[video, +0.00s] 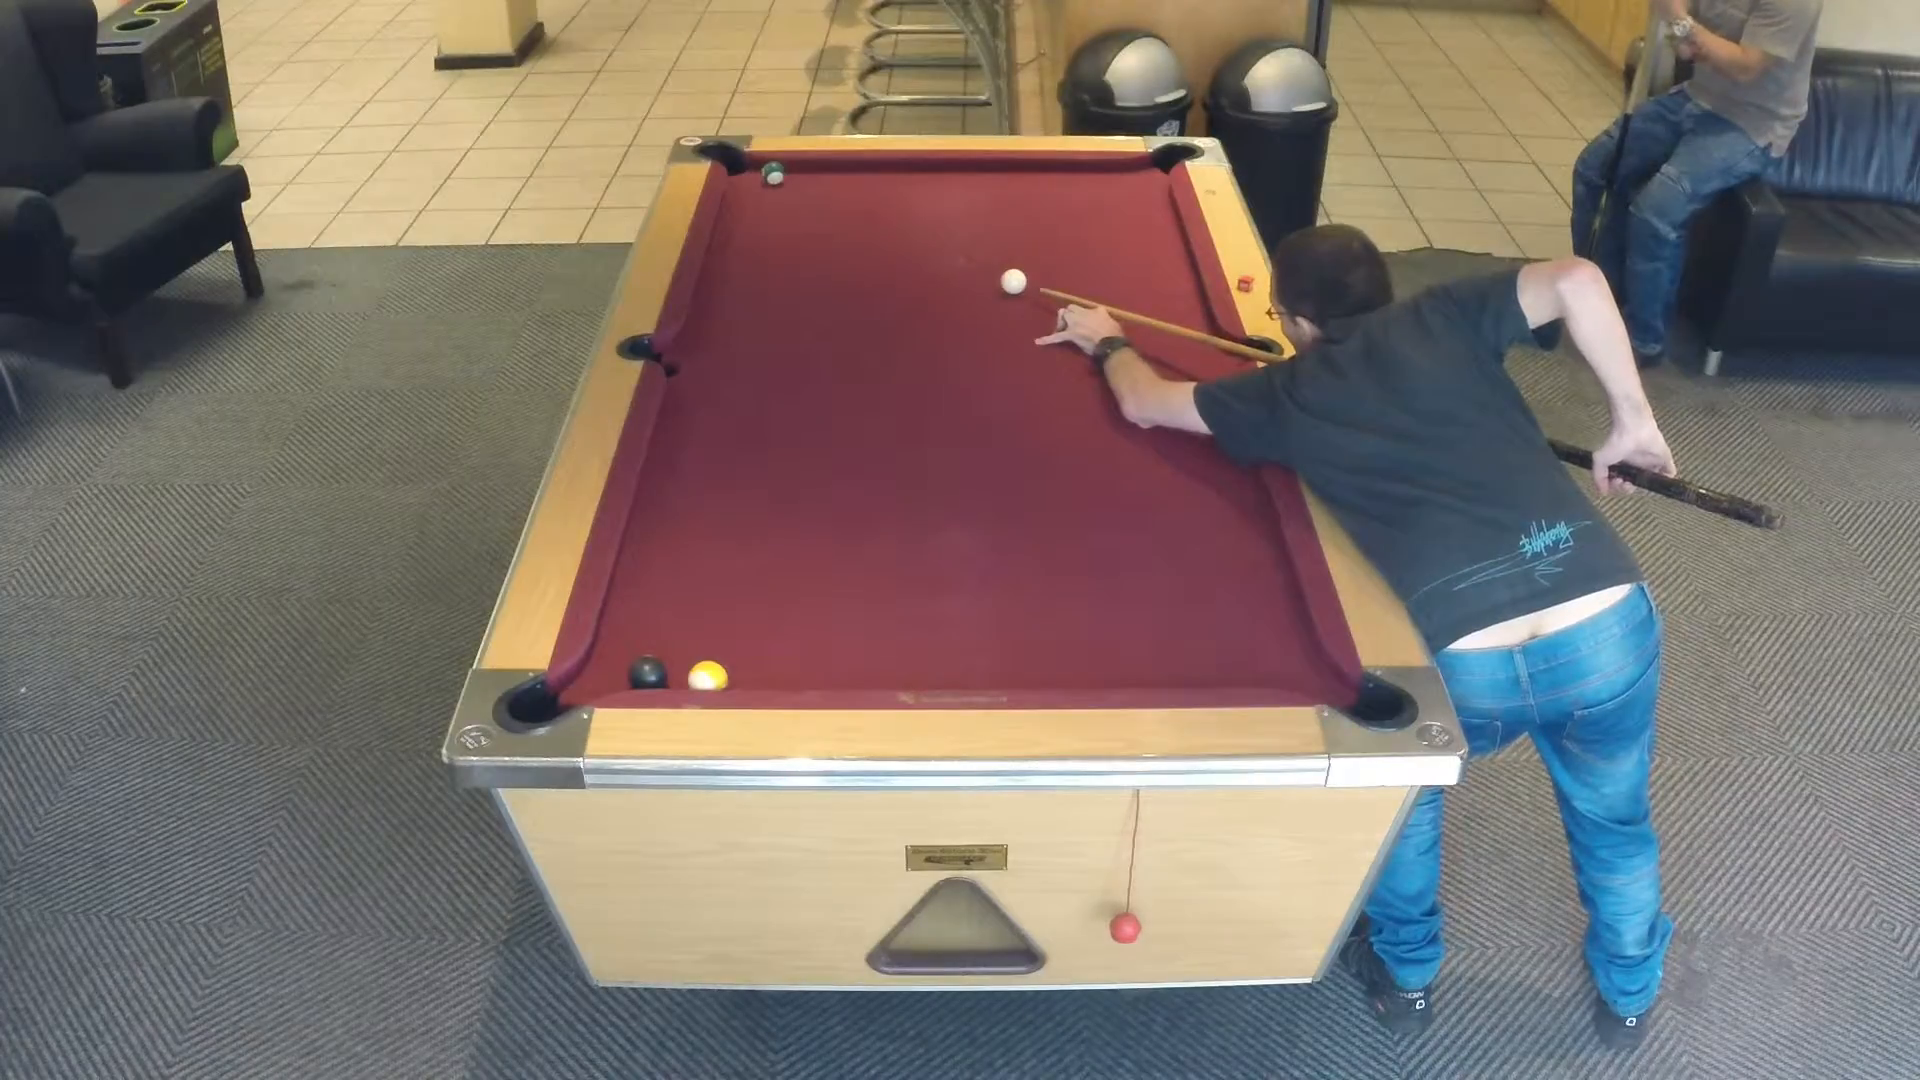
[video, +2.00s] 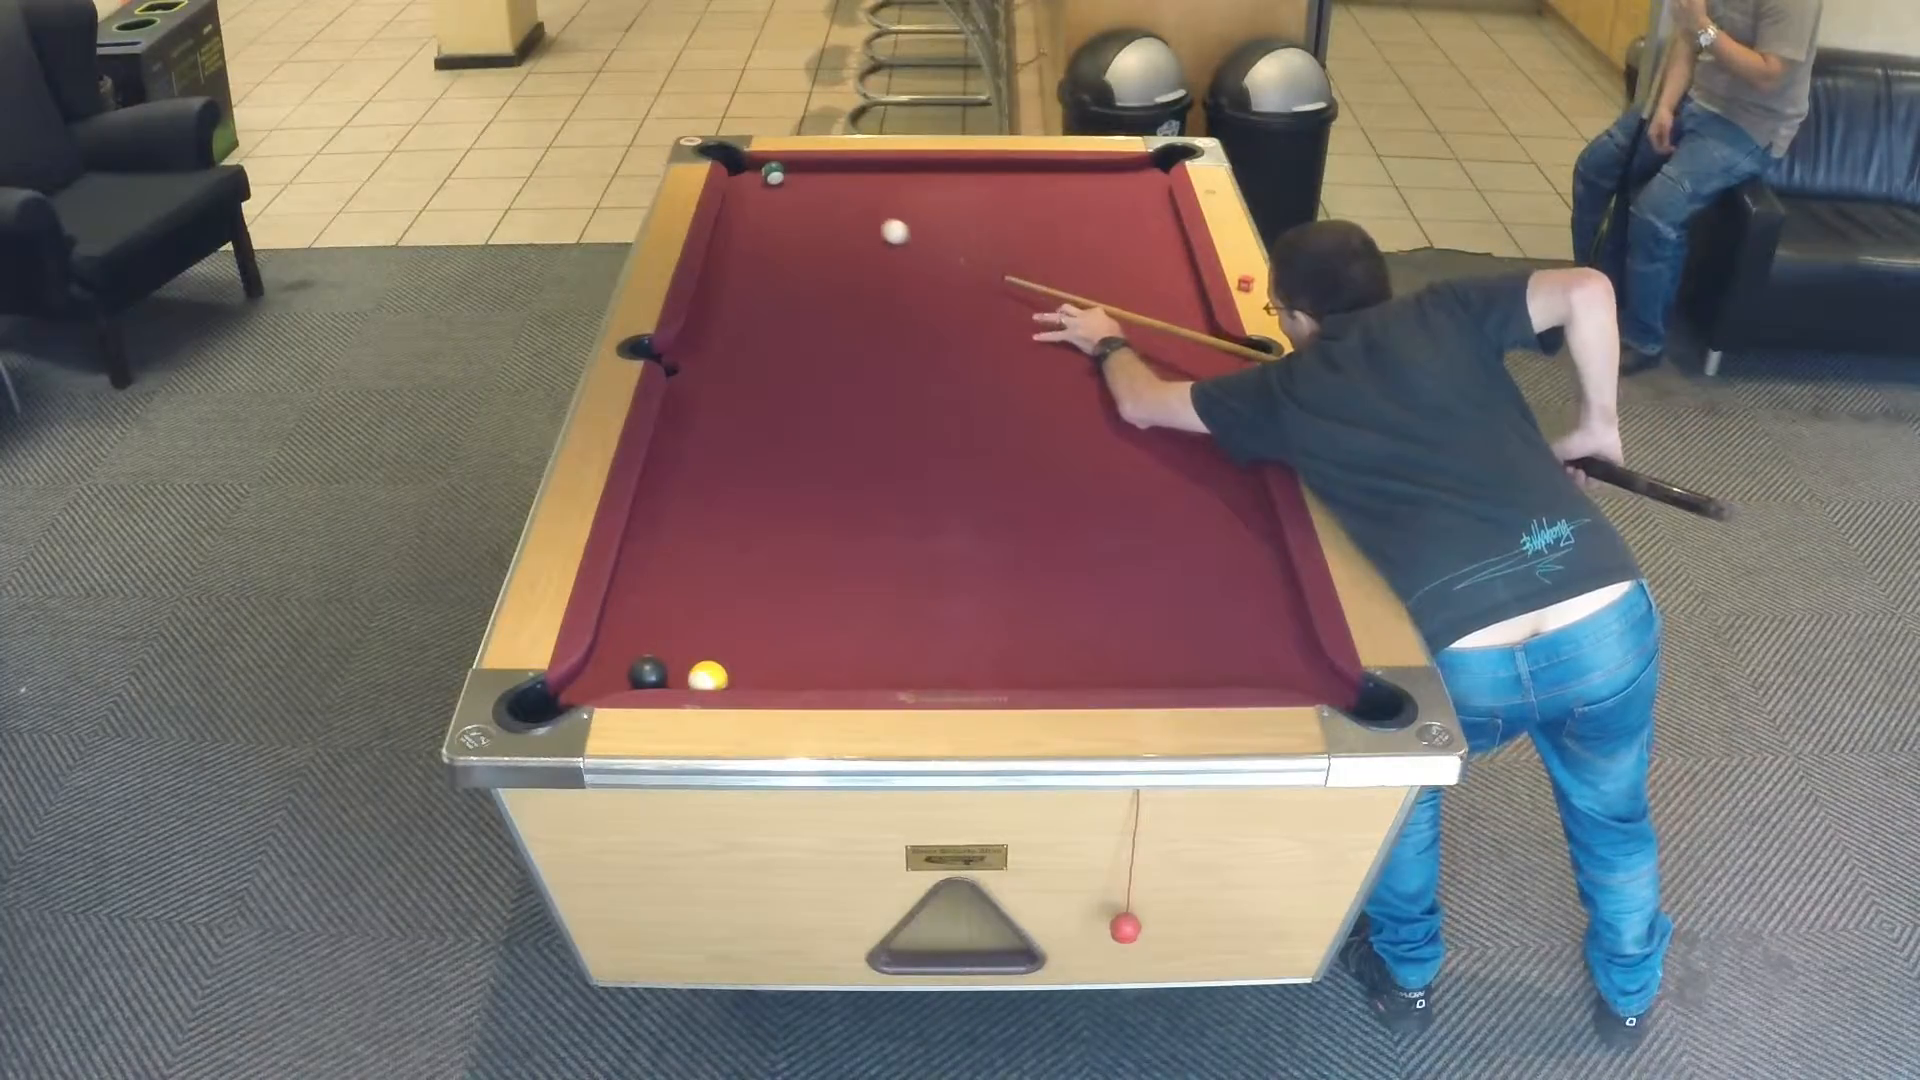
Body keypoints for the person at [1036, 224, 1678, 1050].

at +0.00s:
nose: (1279, 322)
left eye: (1281, 309)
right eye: (1279, 309)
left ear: (1300, 323)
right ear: (1385, 296)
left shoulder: (1286, 393)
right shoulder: (1449, 316)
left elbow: (1145, 399)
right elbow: (1576, 279)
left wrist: (1107, 341)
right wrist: (1636, 415)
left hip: (1466, 659)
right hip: (1607, 622)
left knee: (1399, 773)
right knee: (1617, 821)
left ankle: (1407, 970)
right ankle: (1631, 992)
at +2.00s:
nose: (1279, 318)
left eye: (1281, 305)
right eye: (1278, 305)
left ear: (1298, 317)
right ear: (1385, 290)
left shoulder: (1286, 388)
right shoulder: (1450, 312)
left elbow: (1144, 400)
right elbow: (1586, 289)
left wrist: (1106, 341)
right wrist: (1599, 419)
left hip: (1470, 660)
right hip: (1607, 620)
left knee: (1394, 766)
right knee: (1616, 819)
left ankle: (1407, 967)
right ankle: (1630, 991)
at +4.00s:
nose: (1300, 245)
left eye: (1306, 233)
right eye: (1302, 230)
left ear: (1330, 252)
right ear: (1415, 232)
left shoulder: (1315, 338)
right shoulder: (1497, 285)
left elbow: (1198, 377)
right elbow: (1655, 355)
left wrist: (1116, 343)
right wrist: (1602, 461)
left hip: (1490, 655)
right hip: (1629, 634)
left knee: (1415, 762)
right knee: (1623, 823)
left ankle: (1406, 965)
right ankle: (1621, 984)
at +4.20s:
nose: (1341, 189)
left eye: (1346, 175)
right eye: (1346, 171)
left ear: (1370, 194)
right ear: (1463, 180)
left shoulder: (1343, 300)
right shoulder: (1550, 251)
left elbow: (1277, 466)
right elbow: (1702, 385)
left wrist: (1247, 378)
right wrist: (1604, 446)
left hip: (1508, 640)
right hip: (1652, 621)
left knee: (1424, 780)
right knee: (1610, 831)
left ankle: (1404, 966)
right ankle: (1605, 1019)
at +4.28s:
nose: (1370, 167)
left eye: (1376, 154)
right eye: (1374, 150)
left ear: (1398, 176)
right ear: (1494, 163)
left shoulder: (1365, 295)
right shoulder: (1584, 245)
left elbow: (1341, 493)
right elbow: (1719, 394)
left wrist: (1374, 413)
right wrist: (1611, 453)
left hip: (1519, 637)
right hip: (1662, 621)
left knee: (1436, 792)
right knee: (1606, 841)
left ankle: (1403, 973)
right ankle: (1602, 1042)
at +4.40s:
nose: (1419, 149)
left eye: (1430, 138)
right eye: (1426, 132)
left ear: (1464, 166)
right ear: (1548, 147)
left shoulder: (1420, 297)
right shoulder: (1636, 248)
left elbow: (1416, 510)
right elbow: (1743, 423)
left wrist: (1503, 473)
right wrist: (1638, 464)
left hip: (1546, 661)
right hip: (1684, 639)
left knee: (1450, 817)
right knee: (1606, 859)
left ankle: (1402, 969)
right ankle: (1613, 1060)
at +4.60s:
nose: (1504, 176)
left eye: (1521, 161)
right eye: (1510, 155)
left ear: (1582, 182)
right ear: (1638, 176)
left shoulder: (1556, 340)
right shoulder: (1737, 285)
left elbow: (1503, 578)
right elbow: (1753, 454)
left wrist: (1470, 497)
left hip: (1597, 728)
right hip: (1723, 706)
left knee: (1473, 865)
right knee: (1622, 911)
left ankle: (1404, 985)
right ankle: (1612, 1066)